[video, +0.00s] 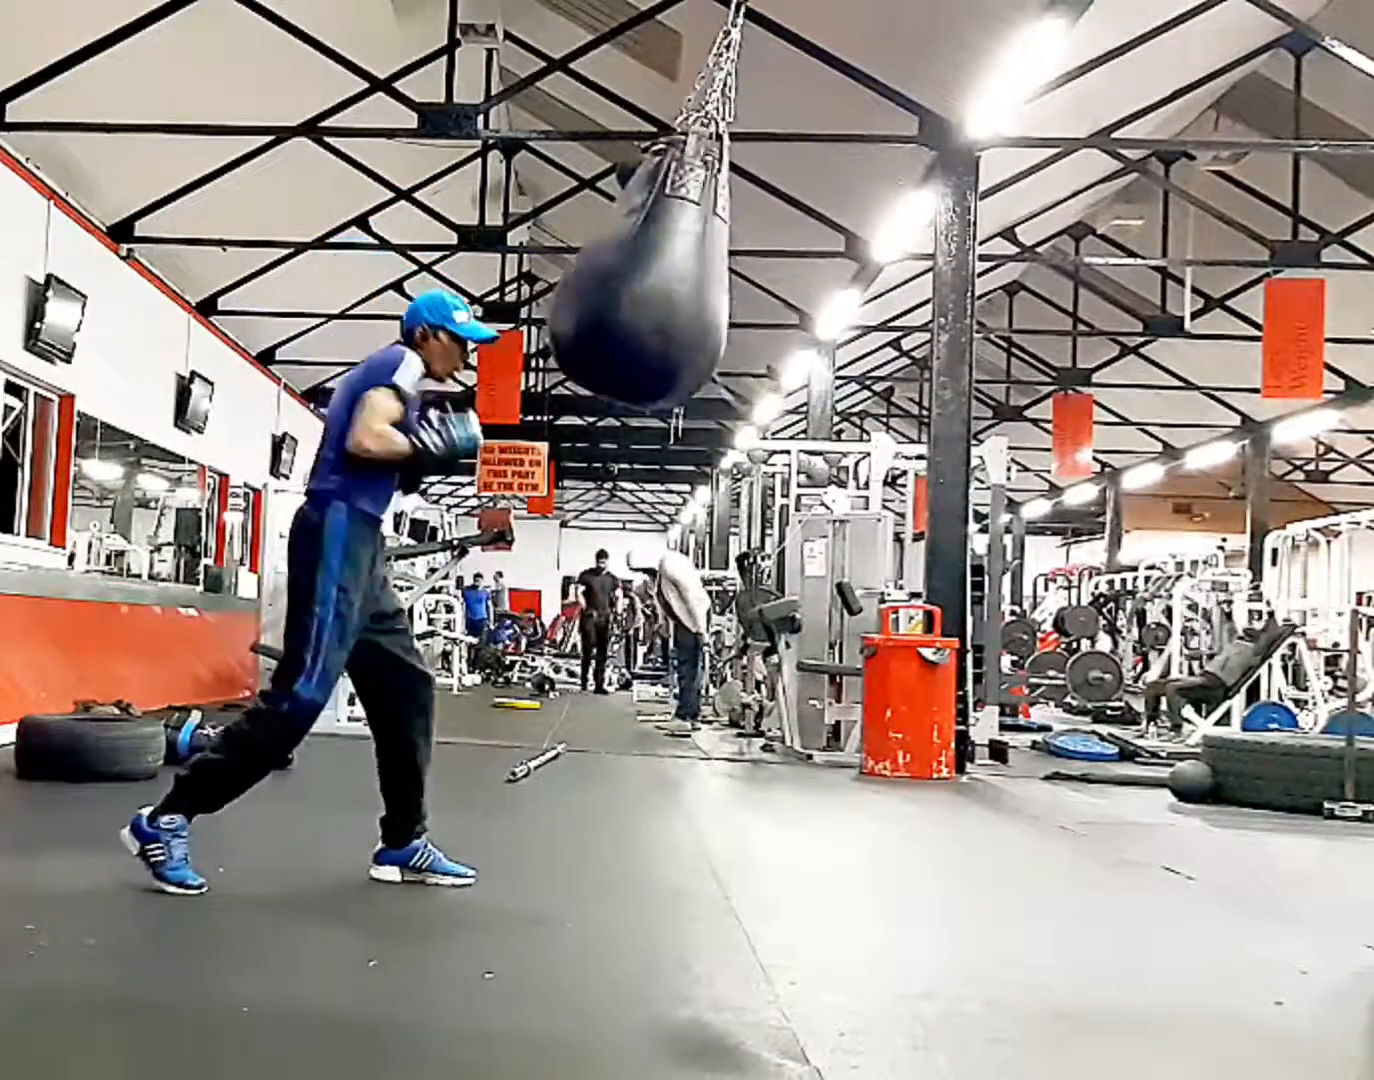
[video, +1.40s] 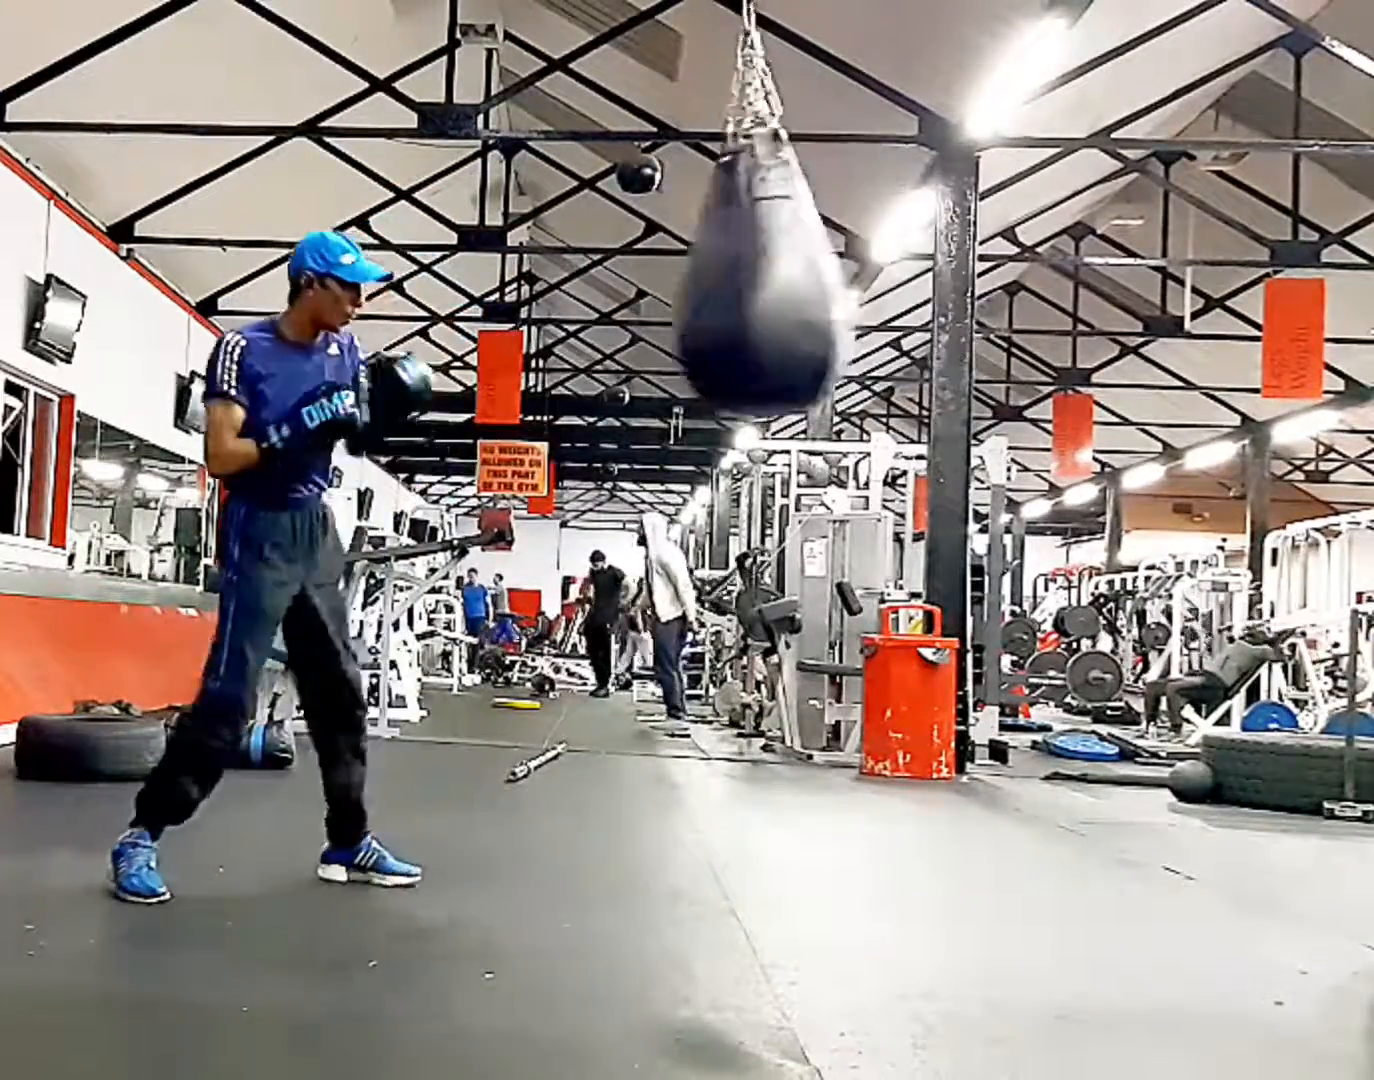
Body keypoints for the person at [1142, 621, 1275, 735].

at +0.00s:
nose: (1254, 629)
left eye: (1259, 629)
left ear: (1260, 636)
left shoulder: (1254, 652)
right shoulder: (1235, 644)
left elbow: (1272, 633)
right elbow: (1229, 629)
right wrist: (1227, 614)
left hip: (1217, 683)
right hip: (1202, 676)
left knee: (1173, 688)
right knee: (1152, 688)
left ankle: (1176, 731)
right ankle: (1149, 727)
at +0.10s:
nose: (1265, 636)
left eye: (1266, 634)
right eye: (1265, 633)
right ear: (1257, 635)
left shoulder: (1257, 649)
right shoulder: (1236, 643)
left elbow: (1275, 644)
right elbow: (1228, 633)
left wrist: (1287, 628)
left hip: (1217, 683)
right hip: (1203, 676)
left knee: (1174, 689)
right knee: (1153, 687)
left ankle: (1176, 731)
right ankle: (1148, 727)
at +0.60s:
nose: (1250, 629)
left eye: (1255, 629)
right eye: (1249, 628)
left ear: (1258, 637)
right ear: (1245, 633)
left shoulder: (1257, 650)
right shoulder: (1233, 644)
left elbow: (1276, 642)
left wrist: (1284, 631)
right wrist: (1222, 614)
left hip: (1218, 682)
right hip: (1203, 676)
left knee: (1173, 688)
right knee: (1151, 688)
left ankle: (1176, 732)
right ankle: (1148, 729)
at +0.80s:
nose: (1238, 631)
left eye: (1243, 630)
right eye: (1241, 629)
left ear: (1246, 635)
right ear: (1250, 636)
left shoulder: (1248, 649)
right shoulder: (1236, 644)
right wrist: (1229, 606)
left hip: (1218, 680)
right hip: (1206, 675)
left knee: (1172, 688)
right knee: (1152, 688)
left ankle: (1176, 730)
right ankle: (1148, 727)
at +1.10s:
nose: (1251, 628)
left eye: (1256, 628)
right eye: (1251, 627)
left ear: (1258, 636)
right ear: (1247, 632)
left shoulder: (1257, 650)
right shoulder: (1235, 644)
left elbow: (1273, 642)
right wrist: (1225, 617)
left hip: (1217, 683)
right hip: (1203, 677)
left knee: (1173, 688)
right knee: (1152, 688)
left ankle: (1177, 732)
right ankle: (1147, 728)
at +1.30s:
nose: (1265, 632)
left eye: (1265, 630)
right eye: (1262, 629)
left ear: (1260, 636)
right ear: (1253, 633)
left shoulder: (1261, 651)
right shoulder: (1239, 643)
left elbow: (1281, 657)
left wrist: (1276, 640)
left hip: (1217, 683)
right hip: (1203, 674)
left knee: (1173, 688)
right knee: (1151, 688)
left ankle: (1176, 731)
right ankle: (1148, 728)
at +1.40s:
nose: (1256, 634)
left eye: (1259, 633)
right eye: (1259, 632)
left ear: (1258, 637)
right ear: (1256, 635)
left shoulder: (1260, 650)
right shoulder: (1238, 644)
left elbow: (1280, 657)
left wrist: (1276, 643)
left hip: (1217, 682)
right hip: (1203, 674)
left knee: (1173, 688)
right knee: (1151, 687)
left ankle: (1176, 731)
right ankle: (1148, 727)